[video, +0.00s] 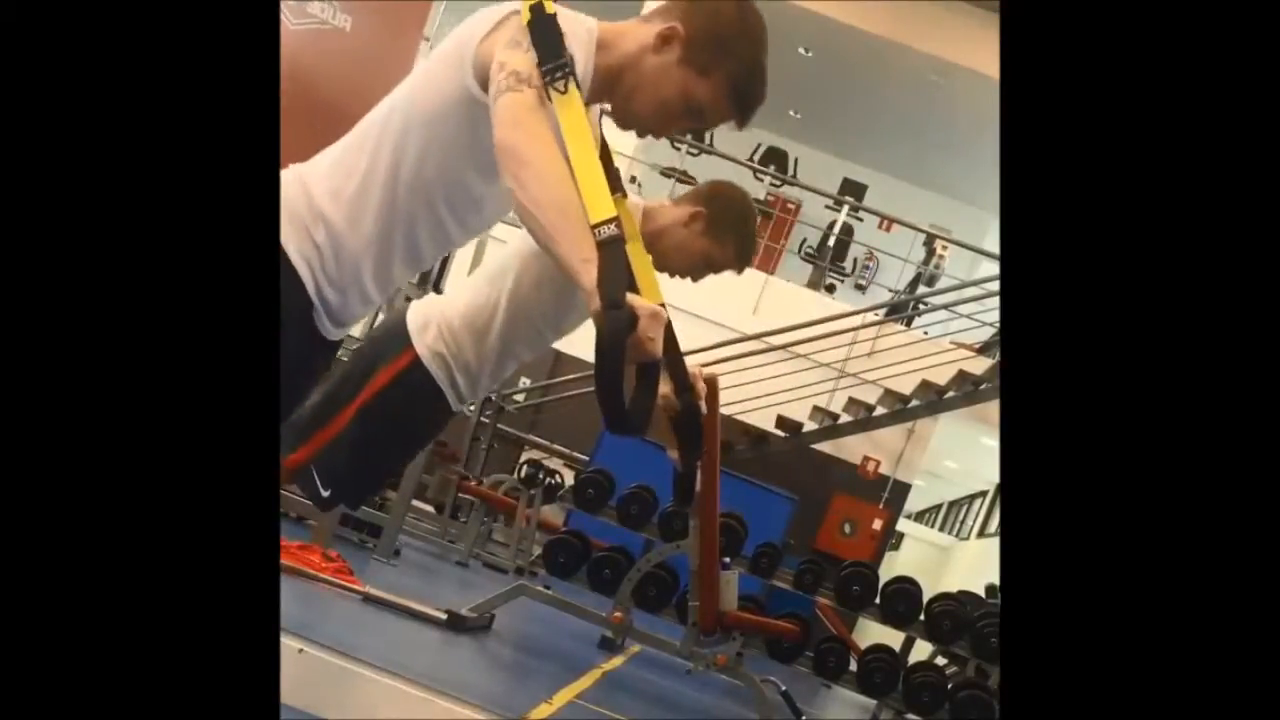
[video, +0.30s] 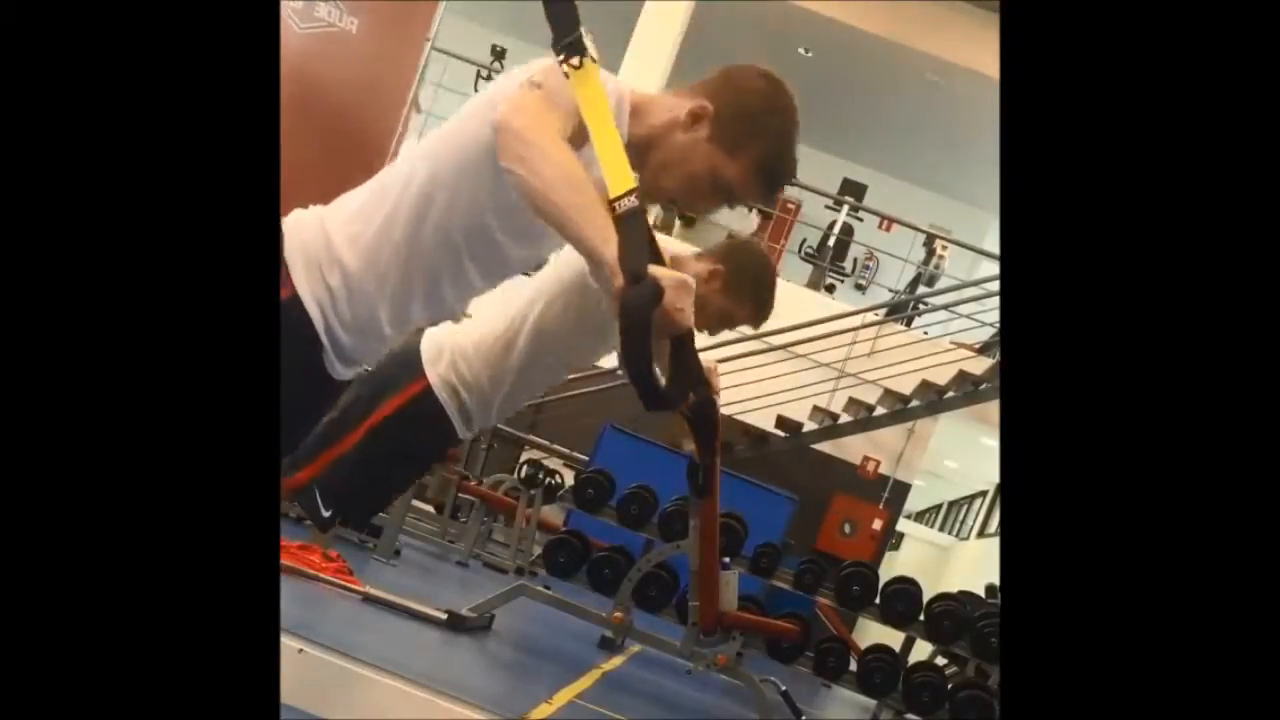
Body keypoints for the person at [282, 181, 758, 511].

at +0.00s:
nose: (696, 277)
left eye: (709, 272)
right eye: (708, 264)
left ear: (689, 219)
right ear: (692, 220)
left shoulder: (627, 257)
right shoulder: (609, 217)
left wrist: (676, 391)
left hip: (443, 382)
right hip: (419, 356)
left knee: (320, 502)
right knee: (295, 488)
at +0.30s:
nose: (699, 329)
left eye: (716, 328)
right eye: (711, 315)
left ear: (702, 274)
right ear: (704, 269)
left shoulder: (649, 302)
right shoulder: (633, 252)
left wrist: (696, 394)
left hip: (453, 403)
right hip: (433, 381)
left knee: (323, 518)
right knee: (301, 507)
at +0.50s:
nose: (724, 365)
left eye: (735, 364)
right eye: (736, 355)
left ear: (728, 334)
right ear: (730, 318)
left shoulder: (670, 355)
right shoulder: (662, 294)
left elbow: (668, 413)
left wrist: (695, 404)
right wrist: (687, 376)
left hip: (475, 434)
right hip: (455, 404)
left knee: (342, 524)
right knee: (320, 512)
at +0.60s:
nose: (726, 389)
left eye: (738, 390)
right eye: (737, 378)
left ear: (739, 362)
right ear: (736, 337)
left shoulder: (675, 374)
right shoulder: (667, 316)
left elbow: (671, 427)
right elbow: (626, 307)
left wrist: (701, 427)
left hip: (480, 445)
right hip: (462, 418)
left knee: (341, 527)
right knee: (323, 520)